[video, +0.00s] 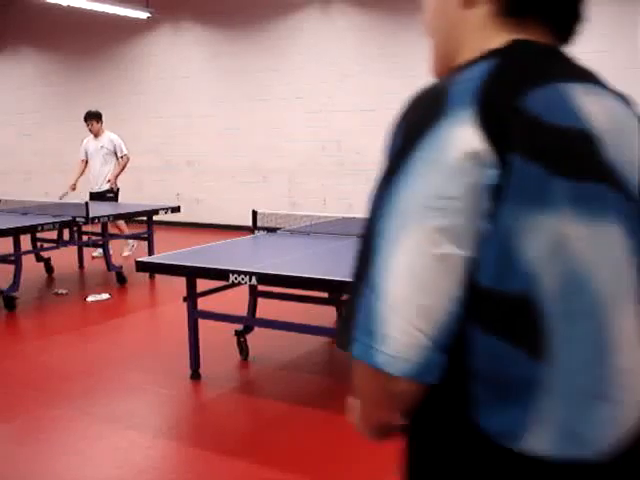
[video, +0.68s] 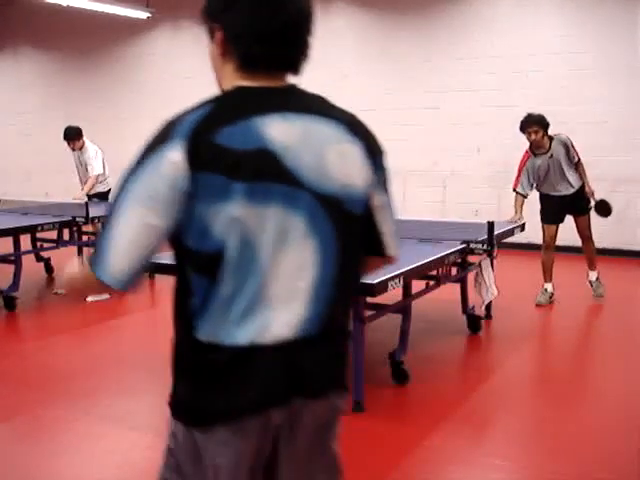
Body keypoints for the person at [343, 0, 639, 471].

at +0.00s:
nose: (427, 17)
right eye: (431, 1)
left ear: (477, 0)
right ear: (554, 10)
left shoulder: (465, 112)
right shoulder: (620, 114)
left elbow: (392, 362)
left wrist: (375, 415)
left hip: (488, 443)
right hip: (611, 441)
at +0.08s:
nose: (413, 16)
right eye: (416, 2)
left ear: (461, 1)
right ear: (538, 9)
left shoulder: (446, 109)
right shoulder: (608, 114)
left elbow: (384, 348)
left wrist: (356, 410)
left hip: (464, 441)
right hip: (601, 437)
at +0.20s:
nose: (361, 18)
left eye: (365, 3)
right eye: (361, 5)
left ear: (395, 7)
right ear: (477, 14)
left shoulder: (388, 118)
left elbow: (345, 343)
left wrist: (278, 407)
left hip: (399, 452)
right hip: (530, 442)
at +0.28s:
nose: (311, 36)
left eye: (314, 17)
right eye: (314, 18)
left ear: (334, 19)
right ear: (419, 29)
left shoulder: (323, 138)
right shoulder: (482, 136)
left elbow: (297, 334)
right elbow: (514, 287)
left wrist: (201, 412)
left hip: (349, 448)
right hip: (472, 437)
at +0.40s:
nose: (272, 56)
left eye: (275, 38)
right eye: (276, 38)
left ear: (293, 41)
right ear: (371, 46)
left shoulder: (279, 150)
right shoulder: (438, 150)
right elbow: (470, 279)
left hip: (307, 449)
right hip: (425, 440)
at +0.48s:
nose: (240, 52)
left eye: (241, 37)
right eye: (241, 38)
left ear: (257, 45)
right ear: (336, 48)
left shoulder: (236, 150)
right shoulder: (394, 146)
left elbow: (179, 309)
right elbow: (422, 267)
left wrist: (85, 350)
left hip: (259, 439)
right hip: (370, 429)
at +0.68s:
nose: (208, 49)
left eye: (208, 37)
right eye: (210, 36)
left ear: (220, 41)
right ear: (297, 40)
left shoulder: (190, 135)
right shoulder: (351, 135)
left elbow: (114, 267)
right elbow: (377, 252)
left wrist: (74, 279)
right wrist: (308, 263)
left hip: (220, 390)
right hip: (319, 382)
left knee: (204, 472)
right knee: (311, 472)